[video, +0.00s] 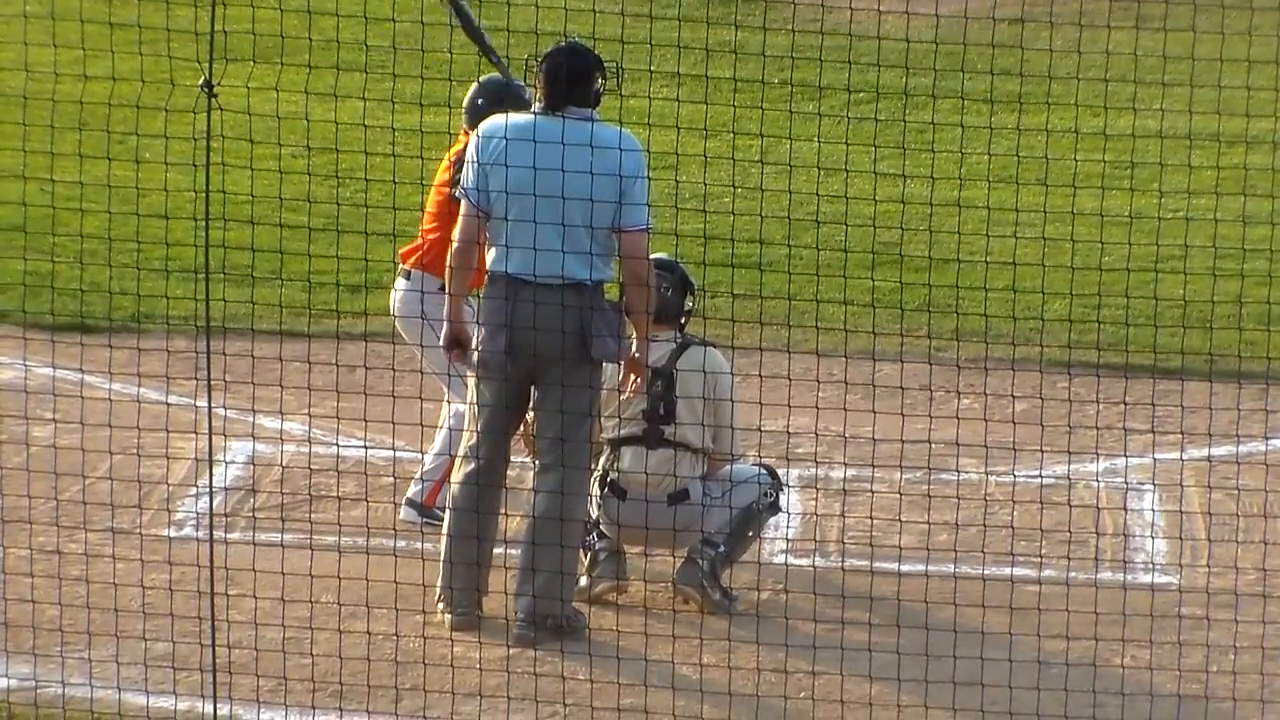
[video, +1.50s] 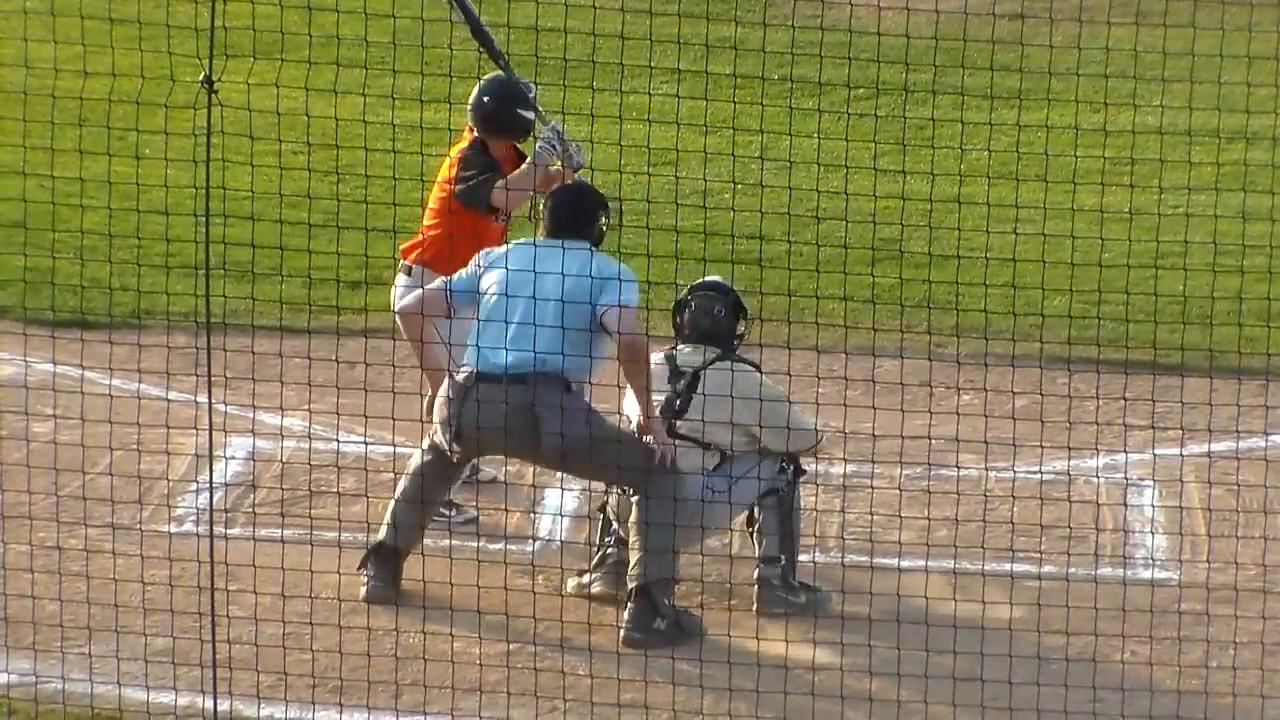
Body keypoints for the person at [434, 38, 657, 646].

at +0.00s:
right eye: (598, 89)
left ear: (540, 87)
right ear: (596, 92)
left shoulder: (494, 135)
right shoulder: (623, 148)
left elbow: (466, 240)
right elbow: (635, 260)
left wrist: (455, 311)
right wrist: (639, 342)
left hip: (505, 309)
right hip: (580, 316)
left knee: (482, 454)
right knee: (565, 464)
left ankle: (459, 598)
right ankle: (543, 609)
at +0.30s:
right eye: (596, 88)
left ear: (538, 86)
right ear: (595, 91)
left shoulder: (493, 134)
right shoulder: (623, 147)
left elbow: (467, 240)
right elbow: (634, 252)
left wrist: (461, 310)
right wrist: (636, 334)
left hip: (506, 309)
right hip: (580, 314)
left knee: (481, 452)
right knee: (564, 462)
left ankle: (459, 596)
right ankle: (544, 607)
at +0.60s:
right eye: (596, 91)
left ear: (540, 89)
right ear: (595, 93)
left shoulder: (495, 136)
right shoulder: (623, 149)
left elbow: (454, 239)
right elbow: (638, 255)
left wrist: (459, 305)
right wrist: (638, 329)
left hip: (506, 311)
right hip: (582, 318)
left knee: (462, 431)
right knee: (568, 460)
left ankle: (452, 575)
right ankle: (545, 605)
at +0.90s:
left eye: (528, 109)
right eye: (589, 116)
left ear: (530, 113)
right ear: (586, 118)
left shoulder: (486, 158)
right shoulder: (608, 171)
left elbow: (427, 246)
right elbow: (631, 263)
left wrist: (443, 318)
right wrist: (637, 336)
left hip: (483, 326)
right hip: (560, 334)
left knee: (439, 443)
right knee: (579, 472)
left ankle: (384, 569)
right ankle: (544, 604)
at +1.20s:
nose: (580, 158)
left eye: (510, 145)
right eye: (578, 151)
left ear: (515, 146)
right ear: (571, 154)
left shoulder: (471, 189)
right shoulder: (586, 197)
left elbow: (400, 264)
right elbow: (605, 281)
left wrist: (424, 341)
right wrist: (632, 354)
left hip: (456, 341)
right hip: (533, 344)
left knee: (437, 431)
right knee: (623, 457)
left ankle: (383, 563)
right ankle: (638, 592)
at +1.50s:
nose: (604, 230)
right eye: (603, 224)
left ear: (546, 223)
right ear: (597, 228)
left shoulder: (498, 258)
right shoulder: (610, 271)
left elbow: (410, 308)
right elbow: (628, 339)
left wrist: (440, 376)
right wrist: (646, 413)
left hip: (469, 407)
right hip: (548, 412)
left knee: (442, 451)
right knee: (657, 473)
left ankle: (383, 563)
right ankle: (649, 605)